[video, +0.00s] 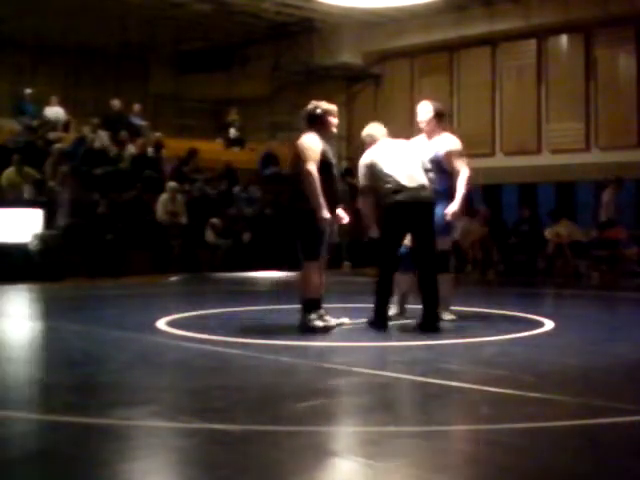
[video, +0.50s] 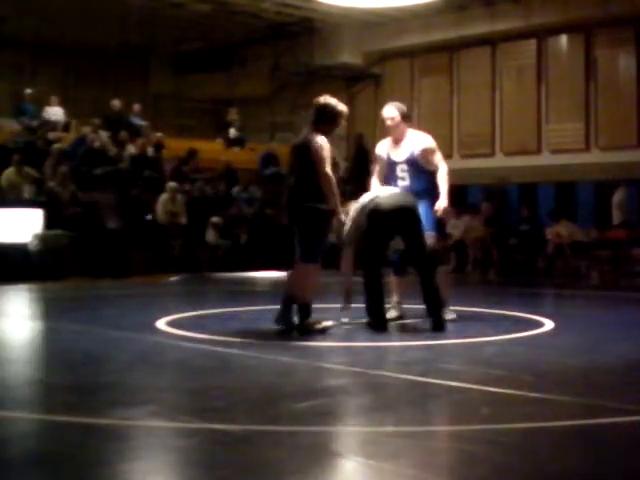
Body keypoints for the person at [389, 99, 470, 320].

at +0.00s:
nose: (420, 121)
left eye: (424, 116)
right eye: (419, 117)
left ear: (437, 117)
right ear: (418, 118)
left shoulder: (449, 141)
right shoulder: (416, 142)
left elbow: (463, 171)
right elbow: (406, 169)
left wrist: (457, 202)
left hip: (442, 201)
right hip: (419, 200)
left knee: (442, 253)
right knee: (407, 252)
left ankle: (444, 305)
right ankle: (399, 304)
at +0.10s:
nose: (415, 122)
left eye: (419, 118)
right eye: (413, 118)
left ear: (431, 119)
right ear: (411, 119)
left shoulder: (443, 142)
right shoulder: (408, 143)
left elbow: (459, 170)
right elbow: (401, 173)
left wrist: (452, 202)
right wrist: (399, 197)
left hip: (437, 202)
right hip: (413, 202)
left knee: (441, 254)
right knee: (404, 253)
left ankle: (443, 305)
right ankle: (396, 303)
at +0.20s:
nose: (407, 121)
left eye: (411, 116)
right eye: (405, 116)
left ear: (423, 117)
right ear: (404, 119)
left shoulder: (437, 141)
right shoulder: (400, 144)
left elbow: (453, 169)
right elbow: (397, 174)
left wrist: (450, 201)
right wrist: (395, 200)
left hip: (432, 200)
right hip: (408, 201)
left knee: (436, 249)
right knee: (401, 251)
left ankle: (442, 303)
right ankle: (396, 303)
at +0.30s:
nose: (399, 122)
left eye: (404, 117)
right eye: (397, 117)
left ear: (415, 118)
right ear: (396, 119)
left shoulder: (432, 141)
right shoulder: (393, 144)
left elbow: (448, 167)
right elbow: (388, 174)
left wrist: (447, 200)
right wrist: (385, 197)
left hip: (428, 201)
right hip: (403, 201)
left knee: (433, 246)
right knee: (397, 250)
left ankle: (443, 302)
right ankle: (395, 302)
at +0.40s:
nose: (392, 123)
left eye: (396, 119)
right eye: (390, 119)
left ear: (408, 119)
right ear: (389, 121)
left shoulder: (426, 141)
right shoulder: (387, 146)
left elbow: (445, 167)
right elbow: (381, 175)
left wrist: (446, 199)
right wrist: (377, 196)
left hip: (424, 200)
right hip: (399, 201)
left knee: (431, 246)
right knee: (394, 251)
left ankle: (442, 303)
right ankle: (395, 303)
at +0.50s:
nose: (387, 124)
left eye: (391, 119)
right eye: (385, 120)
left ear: (402, 119)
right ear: (384, 122)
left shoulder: (422, 141)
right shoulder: (383, 146)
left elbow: (442, 166)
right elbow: (377, 176)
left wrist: (443, 198)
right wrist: (375, 198)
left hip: (423, 200)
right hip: (395, 201)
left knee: (429, 247)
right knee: (392, 250)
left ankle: (442, 303)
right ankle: (394, 302)